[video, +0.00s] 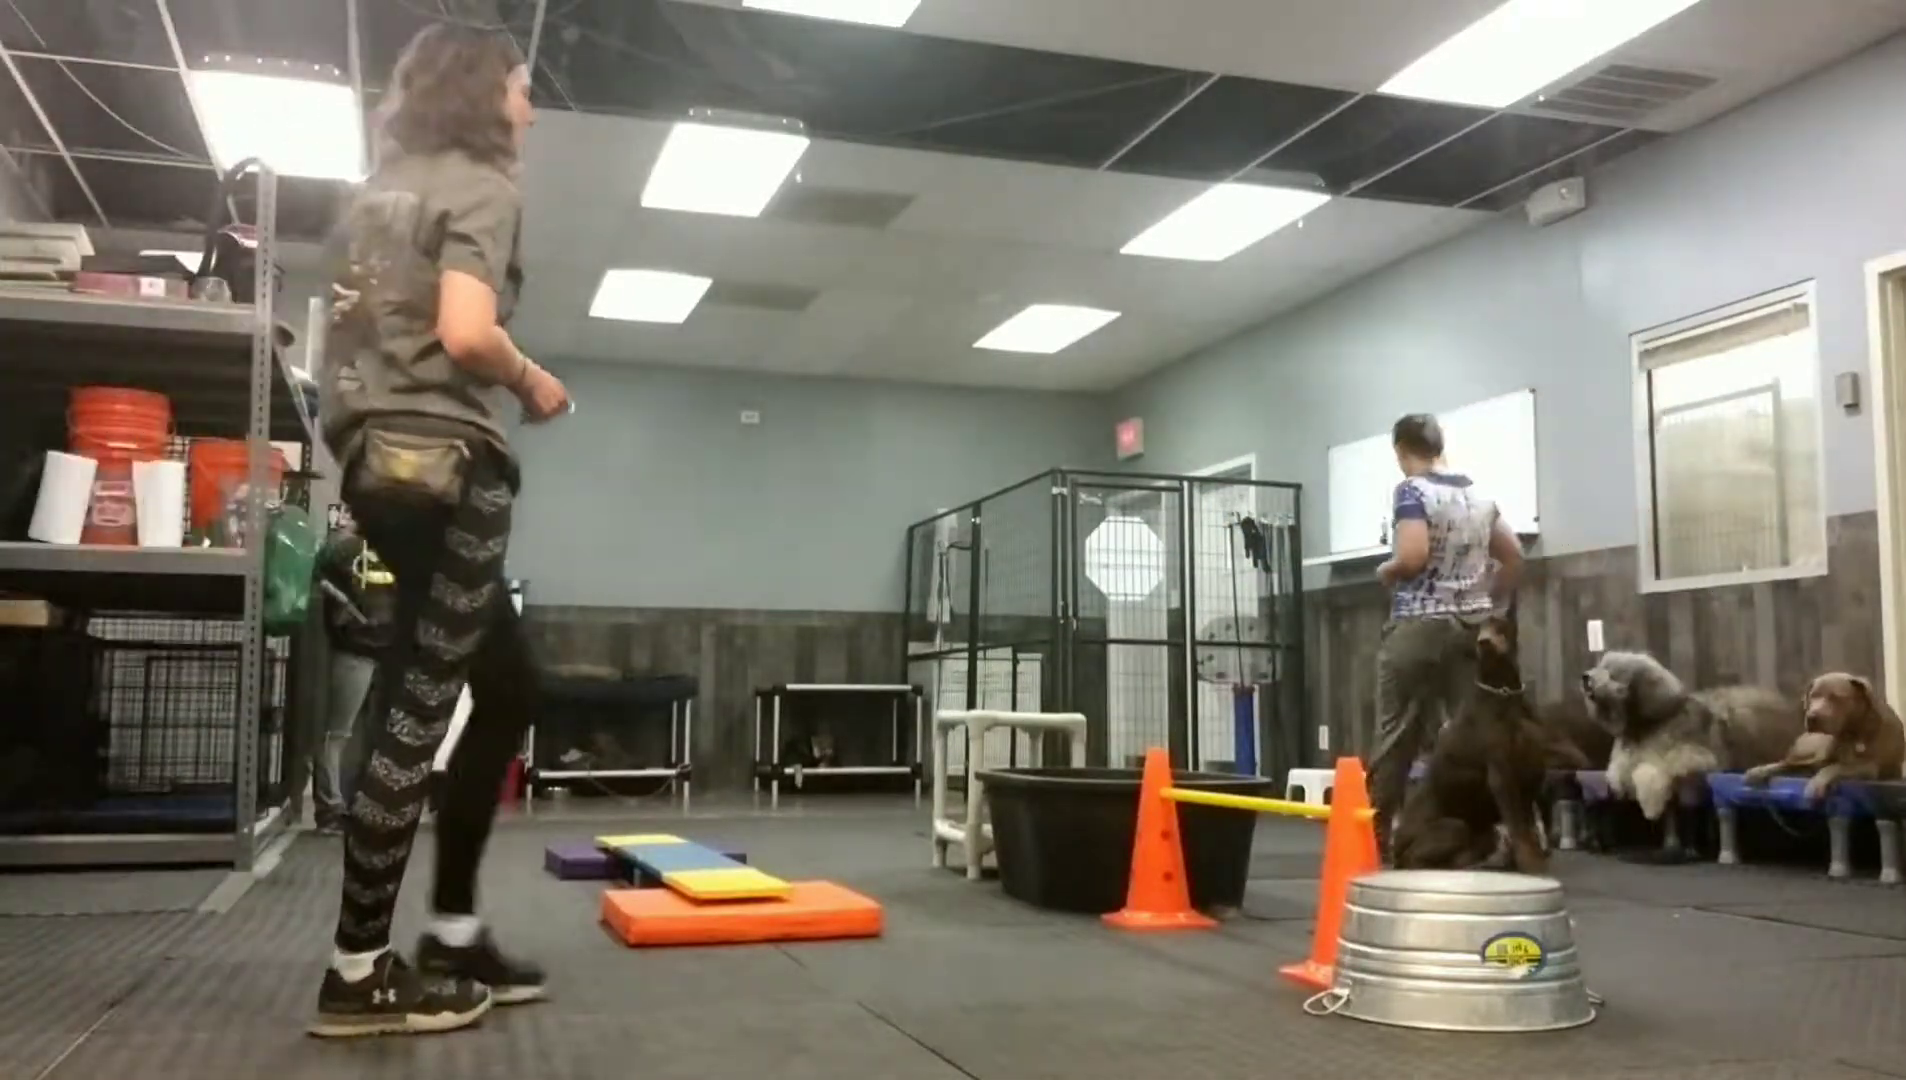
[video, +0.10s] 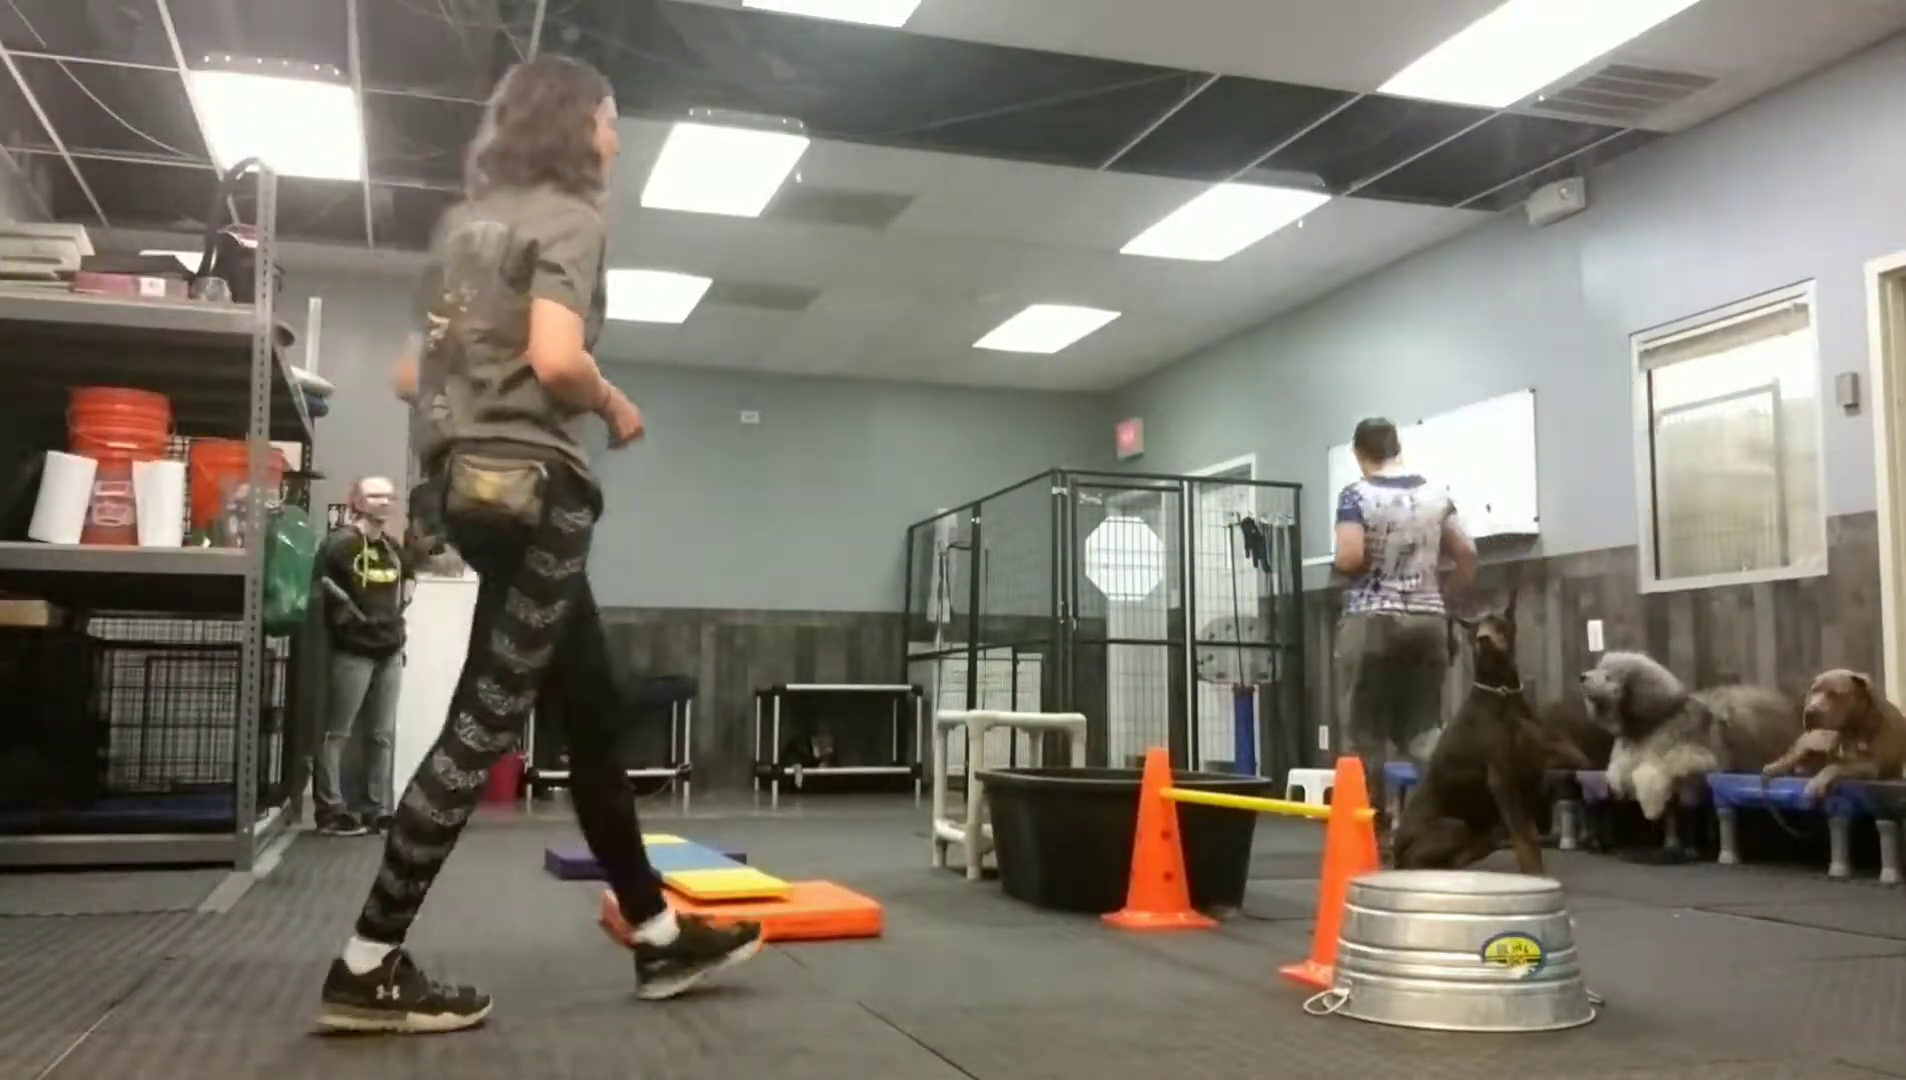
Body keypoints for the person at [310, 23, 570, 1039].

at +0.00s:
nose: (531, 112)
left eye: (528, 93)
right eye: (523, 92)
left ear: (427, 95)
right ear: (487, 94)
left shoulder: (380, 185)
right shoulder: (482, 184)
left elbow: (355, 323)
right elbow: (465, 332)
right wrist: (529, 377)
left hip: (372, 453)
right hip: (443, 459)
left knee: (508, 691)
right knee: (413, 713)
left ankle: (453, 933)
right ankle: (358, 968)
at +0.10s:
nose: (617, 143)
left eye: (615, 125)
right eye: (611, 125)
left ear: (512, 129)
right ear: (579, 128)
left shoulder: (466, 219)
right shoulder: (569, 215)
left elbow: (412, 376)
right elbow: (557, 359)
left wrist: (518, 390)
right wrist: (611, 399)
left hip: (459, 479)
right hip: (532, 482)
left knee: (589, 704)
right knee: (483, 727)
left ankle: (655, 925)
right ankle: (367, 963)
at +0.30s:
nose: (776, 183)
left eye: (777, 166)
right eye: (769, 165)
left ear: (683, 162)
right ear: (735, 165)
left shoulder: (649, 239)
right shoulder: (715, 237)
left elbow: (669, 386)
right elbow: (713, 385)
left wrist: (771, 429)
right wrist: (795, 427)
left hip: (653, 500)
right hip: (711, 498)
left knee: (695, 702)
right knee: (809, 688)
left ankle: (675, 932)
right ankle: (734, 900)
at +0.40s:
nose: (849, 205)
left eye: (851, 189)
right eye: (845, 187)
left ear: (765, 176)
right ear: (812, 181)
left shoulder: (719, 261)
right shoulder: (796, 256)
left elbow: (737, 403)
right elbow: (803, 402)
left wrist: (832, 464)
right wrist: (875, 468)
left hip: (717, 517)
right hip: (787, 514)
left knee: (740, 719)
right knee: (852, 707)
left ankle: (682, 930)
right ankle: (866, 929)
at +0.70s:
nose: (952, 232)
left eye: (953, 216)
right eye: (949, 215)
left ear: (873, 203)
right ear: (925, 211)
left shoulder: (808, 274)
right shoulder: (900, 280)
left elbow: (793, 402)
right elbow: (910, 432)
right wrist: (949, 538)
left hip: (777, 501)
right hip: (855, 506)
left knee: (783, 709)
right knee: (891, 708)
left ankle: (740, 917)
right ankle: (866, 929)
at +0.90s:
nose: (965, 241)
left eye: (967, 226)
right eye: (961, 225)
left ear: (888, 208)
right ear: (933, 217)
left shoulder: (821, 274)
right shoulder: (912, 286)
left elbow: (810, 400)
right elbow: (939, 434)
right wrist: (987, 532)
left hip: (783, 502)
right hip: (861, 503)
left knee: (787, 708)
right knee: (892, 709)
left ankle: (743, 913)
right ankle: (868, 926)